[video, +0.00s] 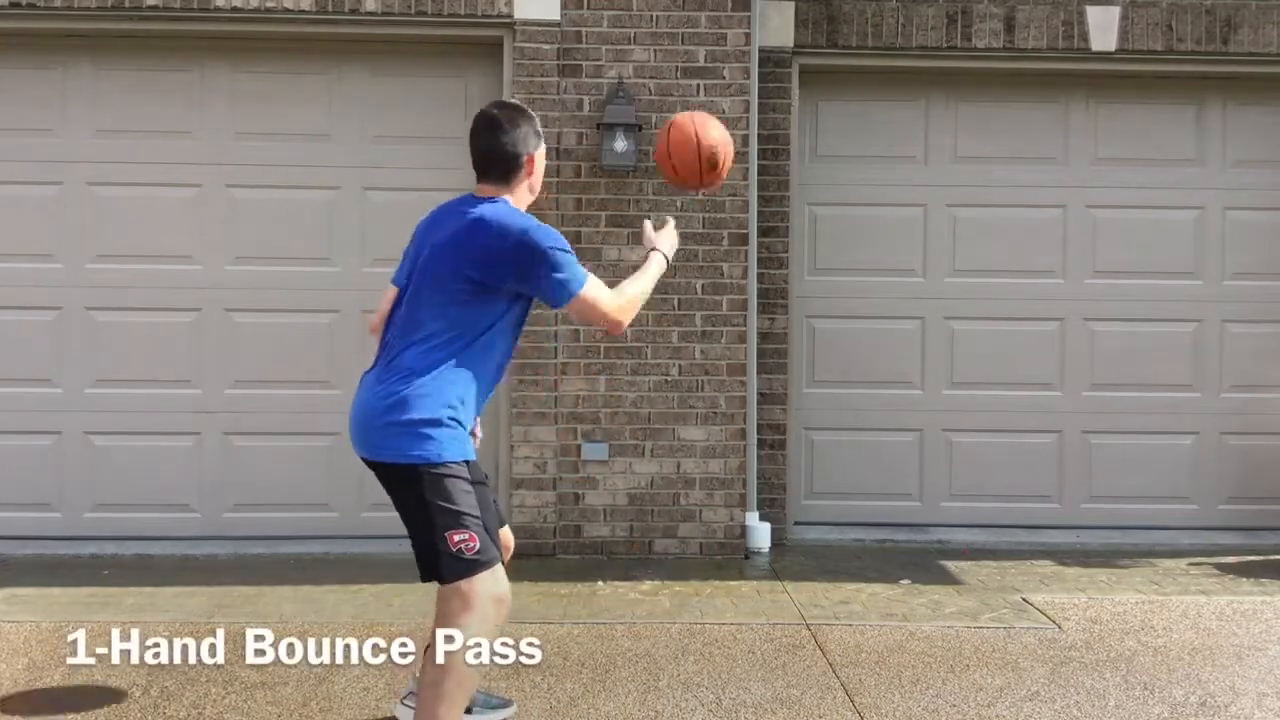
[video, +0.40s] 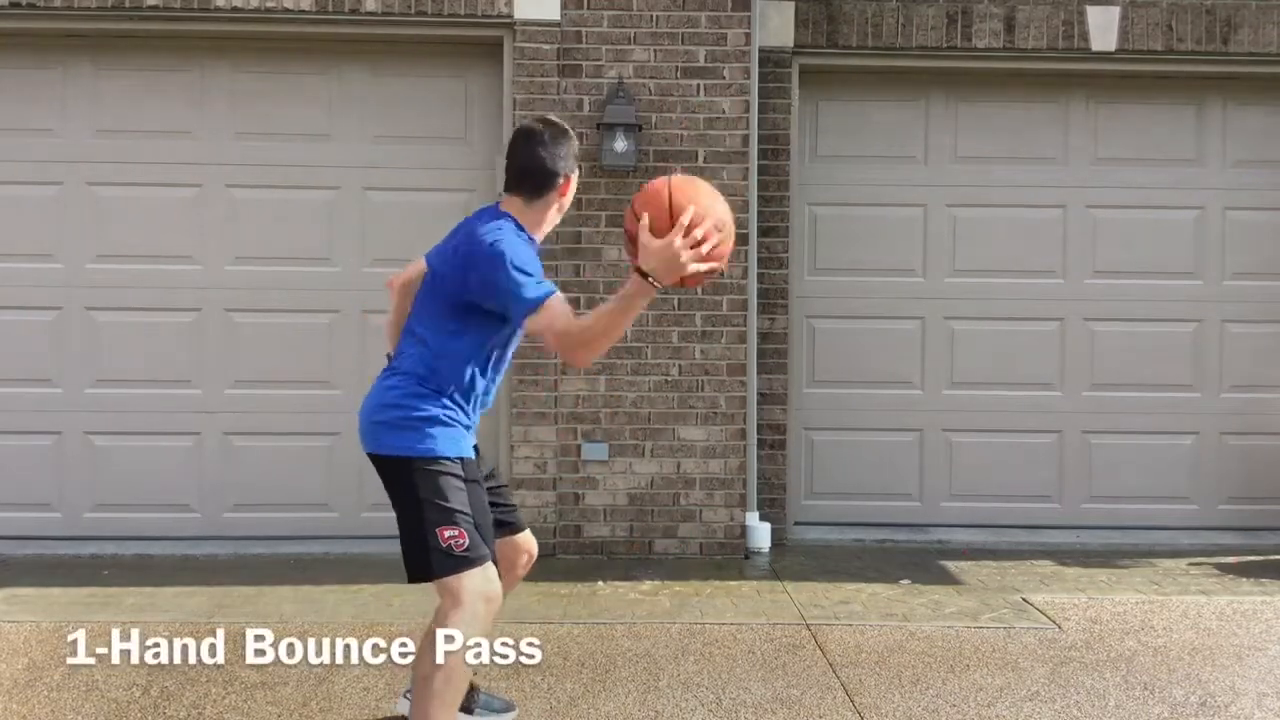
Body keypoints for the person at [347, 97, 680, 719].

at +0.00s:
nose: (544, 166)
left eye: (541, 156)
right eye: (543, 157)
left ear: (477, 160)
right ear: (533, 165)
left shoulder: (440, 220)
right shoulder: (522, 235)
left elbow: (383, 319)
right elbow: (614, 313)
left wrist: (449, 406)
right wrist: (659, 256)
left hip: (387, 416)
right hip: (425, 425)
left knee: (494, 542)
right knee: (483, 593)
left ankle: (431, 693)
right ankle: (436, 712)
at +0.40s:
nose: (573, 192)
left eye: (571, 181)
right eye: (574, 181)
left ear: (509, 173)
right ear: (566, 187)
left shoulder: (484, 230)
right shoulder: (499, 245)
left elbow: (404, 283)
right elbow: (576, 345)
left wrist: (405, 363)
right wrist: (648, 278)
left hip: (440, 425)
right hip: (418, 426)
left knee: (513, 551)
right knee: (475, 591)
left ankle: (430, 689)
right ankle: (432, 710)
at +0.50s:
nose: (581, 209)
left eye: (583, 197)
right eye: (582, 198)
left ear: (516, 187)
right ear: (570, 206)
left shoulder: (482, 233)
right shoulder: (515, 275)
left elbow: (405, 288)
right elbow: (551, 403)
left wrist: (421, 361)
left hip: (439, 430)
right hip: (422, 436)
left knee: (520, 552)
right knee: (480, 594)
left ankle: (431, 688)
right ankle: (433, 711)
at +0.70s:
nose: (582, 213)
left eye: (579, 202)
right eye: (584, 204)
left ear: (517, 194)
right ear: (575, 211)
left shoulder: (479, 238)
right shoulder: (533, 290)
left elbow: (465, 327)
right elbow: (555, 388)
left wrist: (513, 375)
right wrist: (594, 411)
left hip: (439, 429)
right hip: (421, 438)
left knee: (521, 550)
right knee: (487, 596)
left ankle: (434, 687)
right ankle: (439, 712)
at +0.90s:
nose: (581, 207)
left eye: (581, 198)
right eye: (582, 198)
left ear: (516, 190)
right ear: (575, 205)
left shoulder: (479, 240)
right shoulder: (536, 277)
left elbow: (441, 339)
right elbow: (550, 408)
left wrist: (482, 405)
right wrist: (604, 434)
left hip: (437, 428)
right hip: (424, 436)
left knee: (522, 551)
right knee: (494, 597)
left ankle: (436, 687)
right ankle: (442, 710)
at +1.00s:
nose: (576, 199)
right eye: (576, 190)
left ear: (510, 184)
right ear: (570, 196)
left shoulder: (470, 237)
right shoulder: (536, 269)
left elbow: (409, 332)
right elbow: (549, 399)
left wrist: (472, 411)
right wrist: (611, 399)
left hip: (420, 427)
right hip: (433, 437)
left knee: (523, 551)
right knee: (504, 602)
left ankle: (439, 684)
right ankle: (450, 711)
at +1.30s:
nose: (549, 147)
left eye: (547, 138)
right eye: (547, 138)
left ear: (480, 148)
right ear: (536, 146)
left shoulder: (463, 209)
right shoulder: (518, 207)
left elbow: (423, 316)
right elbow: (645, 223)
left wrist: (491, 383)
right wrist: (676, 139)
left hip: (450, 423)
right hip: (444, 432)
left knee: (518, 553)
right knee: (498, 602)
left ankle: (434, 687)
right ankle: (449, 713)